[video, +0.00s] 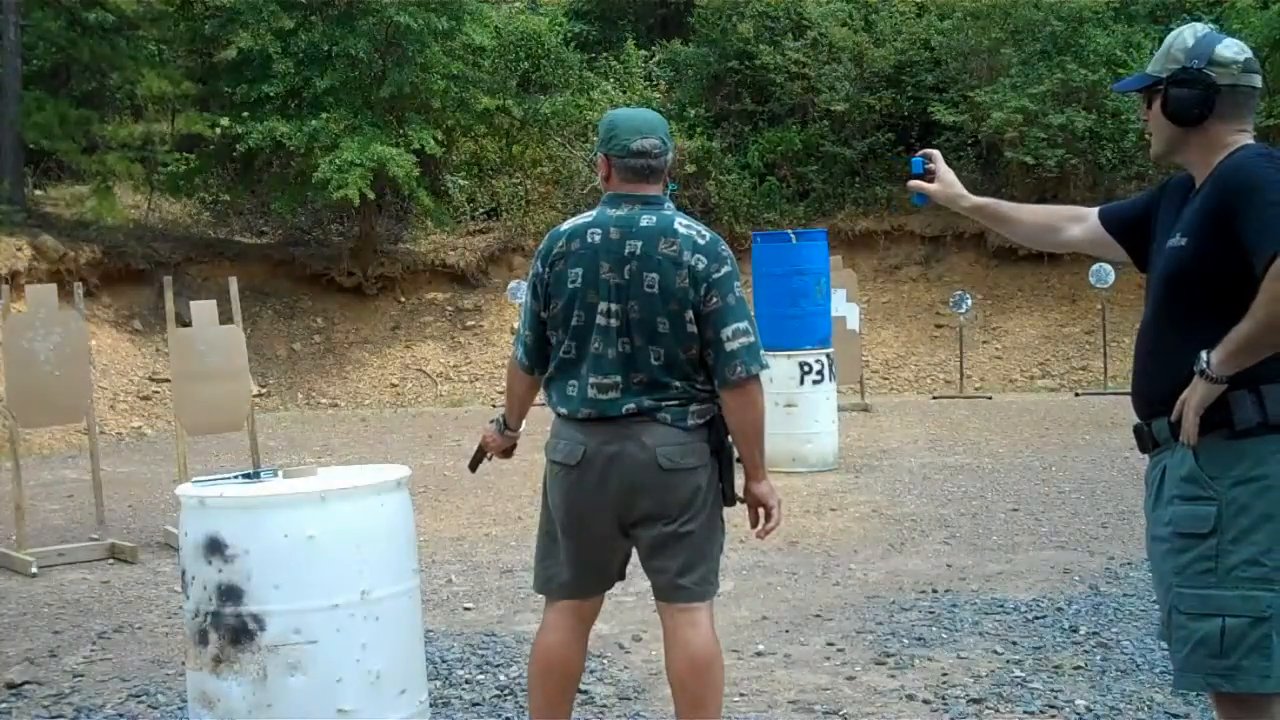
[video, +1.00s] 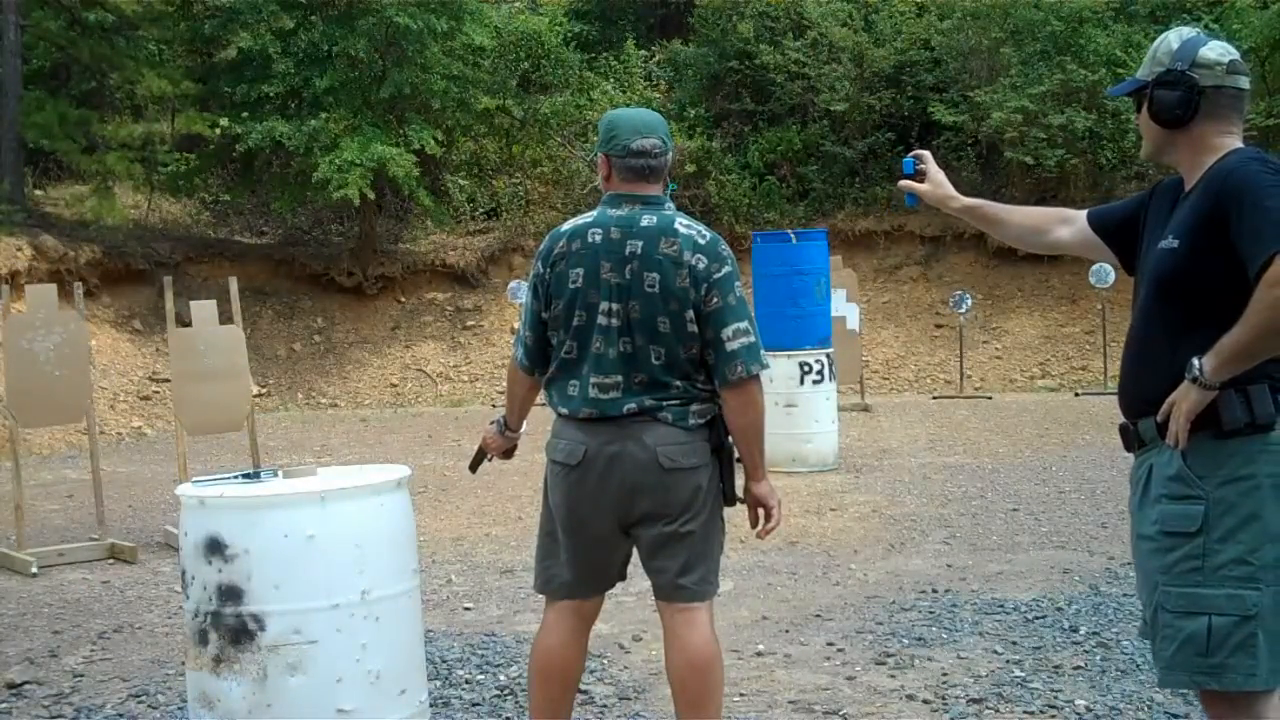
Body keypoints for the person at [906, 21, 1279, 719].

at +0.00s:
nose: (1145, 113)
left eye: (1152, 98)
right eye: (1146, 99)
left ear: (1186, 100)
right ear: (1217, 102)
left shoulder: (1251, 175)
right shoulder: (1178, 197)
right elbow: (1072, 227)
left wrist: (1216, 369)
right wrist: (964, 201)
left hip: (1236, 458)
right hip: (1192, 458)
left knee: (1246, 689)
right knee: (1235, 681)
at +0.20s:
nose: (1144, 113)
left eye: (1151, 98)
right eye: (1145, 99)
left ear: (1184, 100)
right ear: (1218, 101)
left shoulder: (1250, 175)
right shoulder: (1176, 197)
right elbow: (1071, 228)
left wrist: (1217, 375)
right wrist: (963, 202)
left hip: (1234, 460)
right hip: (1192, 460)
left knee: (1246, 691)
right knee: (1235, 684)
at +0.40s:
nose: (1142, 115)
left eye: (1149, 100)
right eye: (1143, 101)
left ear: (1181, 101)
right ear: (1217, 101)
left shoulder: (1250, 177)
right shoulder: (1174, 198)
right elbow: (1068, 229)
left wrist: (1214, 377)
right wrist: (960, 203)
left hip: (1233, 458)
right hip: (1187, 458)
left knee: (1244, 690)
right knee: (1234, 684)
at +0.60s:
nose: (1141, 114)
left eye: (1147, 99)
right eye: (1142, 100)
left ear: (1177, 101)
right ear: (1216, 102)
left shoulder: (1248, 177)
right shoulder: (1171, 199)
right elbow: (1065, 228)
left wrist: (1213, 375)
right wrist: (957, 203)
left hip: (1229, 459)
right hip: (1185, 459)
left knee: (1241, 690)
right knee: (1231, 684)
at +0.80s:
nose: (1138, 114)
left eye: (1144, 100)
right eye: (1139, 102)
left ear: (1171, 101)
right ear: (1214, 102)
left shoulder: (1247, 178)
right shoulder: (1168, 200)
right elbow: (1062, 229)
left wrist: (1210, 374)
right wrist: (954, 203)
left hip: (1227, 457)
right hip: (1182, 457)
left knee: (1240, 691)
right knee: (1230, 684)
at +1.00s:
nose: (1138, 115)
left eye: (1144, 100)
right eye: (1139, 102)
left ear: (1174, 101)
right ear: (1213, 102)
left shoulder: (1247, 179)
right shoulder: (1167, 200)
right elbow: (1061, 229)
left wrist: (1209, 374)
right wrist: (954, 203)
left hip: (1226, 456)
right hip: (1178, 456)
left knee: (1237, 690)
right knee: (1227, 683)